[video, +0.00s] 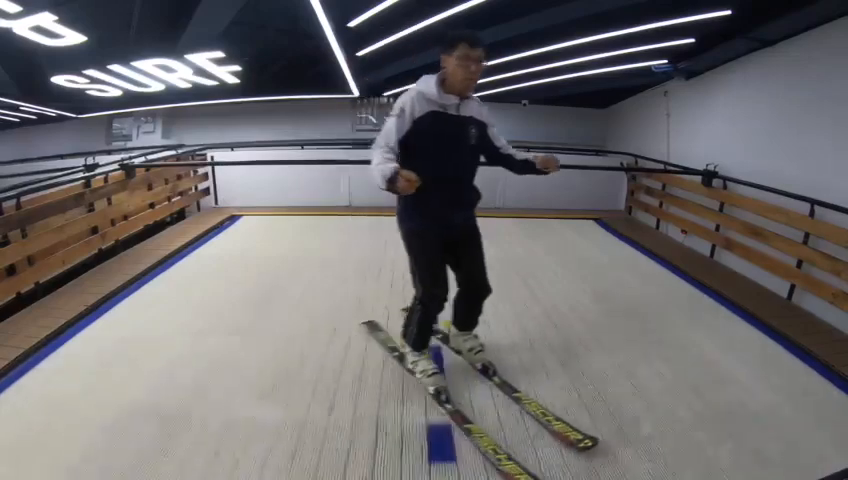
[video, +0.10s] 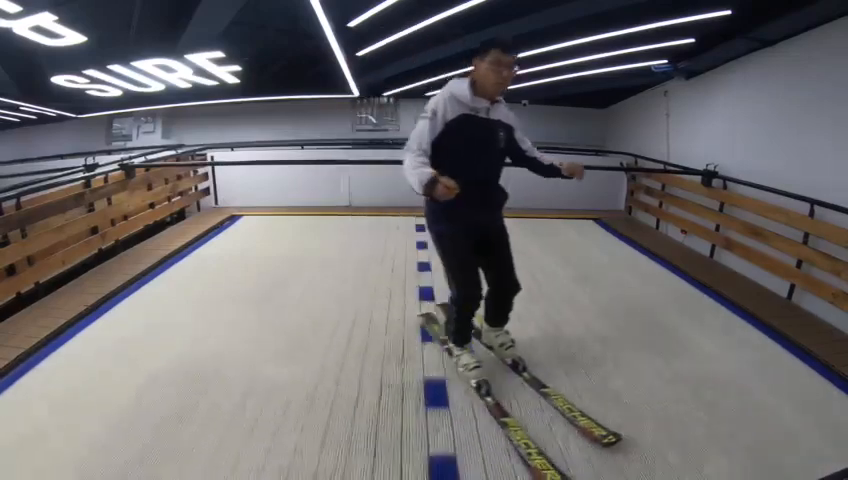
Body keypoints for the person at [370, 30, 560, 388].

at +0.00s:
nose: (474, 70)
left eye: (479, 63)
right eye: (466, 61)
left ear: (483, 67)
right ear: (444, 61)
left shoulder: (476, 111)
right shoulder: (414, 101)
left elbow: (501, 155)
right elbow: (382, 153)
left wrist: (535, 163)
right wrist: (392, 176)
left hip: (459, 211)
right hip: (419, 211)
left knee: (476, 287)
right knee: (432, 292)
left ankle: (461, 332)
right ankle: (416, 349)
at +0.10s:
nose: (505, 75)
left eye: (510, 68)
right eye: (497, 66)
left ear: (513, 74)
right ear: (476, 65)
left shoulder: (503, 116)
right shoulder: (445, 103)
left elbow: (527, 156)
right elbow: (414, 156)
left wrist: (561, 169)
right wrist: (429, 182)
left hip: (486, 208)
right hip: (447, 210)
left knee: (505, 284)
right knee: (468, 290)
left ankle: (494, 328)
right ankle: (458, 342)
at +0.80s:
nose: (636, 99)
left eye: (640, 93)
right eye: (629, 91)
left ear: (642, 94)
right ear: (608, 87)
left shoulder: (633, 137)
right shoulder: (576, 123)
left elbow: (654, 175)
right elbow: (547, 176)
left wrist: (687, 194)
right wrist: (561, 209)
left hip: (616, 229)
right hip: (577, 231)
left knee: (633, 300)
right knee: (597, 306)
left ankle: (636, 350)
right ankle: (604, 363)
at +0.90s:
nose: (639, 99)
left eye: (644, 92)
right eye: (631, 90)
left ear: (648, 94)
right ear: (610, 88)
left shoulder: (642, 136)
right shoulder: (581, 124)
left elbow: (661, 178)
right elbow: (550, 177)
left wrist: (695, 197)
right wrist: (562, 210)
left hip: (623, 231)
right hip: (581, 233)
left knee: (637, 303)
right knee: (599, 310)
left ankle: (646, 359)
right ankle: (610, 370)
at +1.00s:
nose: (639, 98)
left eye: (644, 91)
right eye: (631, 90)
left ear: (648, 93)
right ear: (609, 88)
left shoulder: (645, 138)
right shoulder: (578, 127)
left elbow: (668, 181)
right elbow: (549, 179)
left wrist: (701, 201)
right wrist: (557, 209)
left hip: (624, 238)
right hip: (580, 239)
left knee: (635, 308)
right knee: (594, 318)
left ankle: (649, 367)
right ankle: (612, 375)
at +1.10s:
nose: (634, 97)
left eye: (640, 90)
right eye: (626, 89)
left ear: (645, 92)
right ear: (604, 87)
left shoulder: (641, 139)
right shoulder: (571, 127)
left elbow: (668, 182)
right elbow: (543, 177)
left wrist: (700, 205)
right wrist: (544, 207)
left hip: (619, 244)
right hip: (573, 244)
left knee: (628, 319)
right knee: (585, 327)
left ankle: (648, 374)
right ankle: (608, 380)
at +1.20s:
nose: (622, 96)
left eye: (629, 87)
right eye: (613, 87)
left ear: (635, 90)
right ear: (592, 87)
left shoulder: (636, 140)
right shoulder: (561, 127)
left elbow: (664, 187)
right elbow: (531, 174)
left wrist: (696, 211)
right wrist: (524, 204)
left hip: (609, 250)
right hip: (560, 248)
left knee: (613, 327)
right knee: (568, 333)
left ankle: (639, 382)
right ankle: (596, 387)